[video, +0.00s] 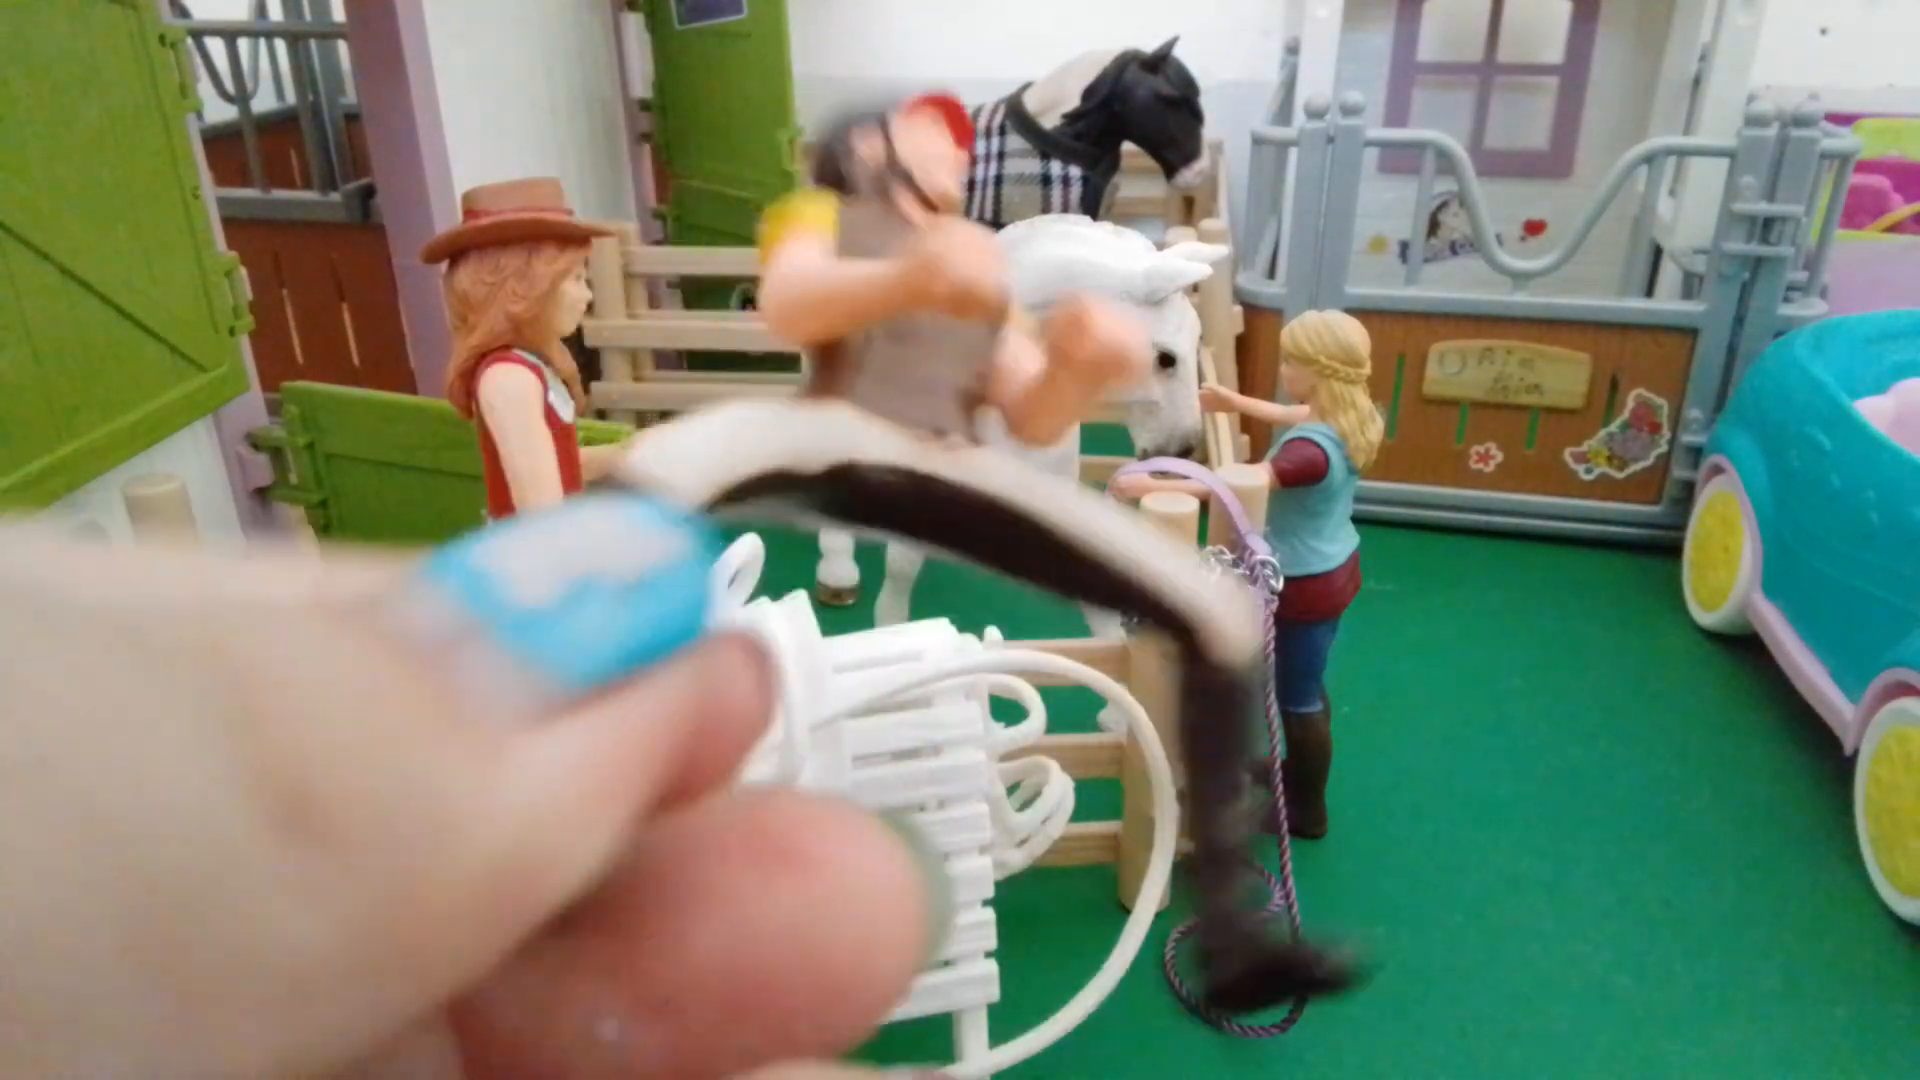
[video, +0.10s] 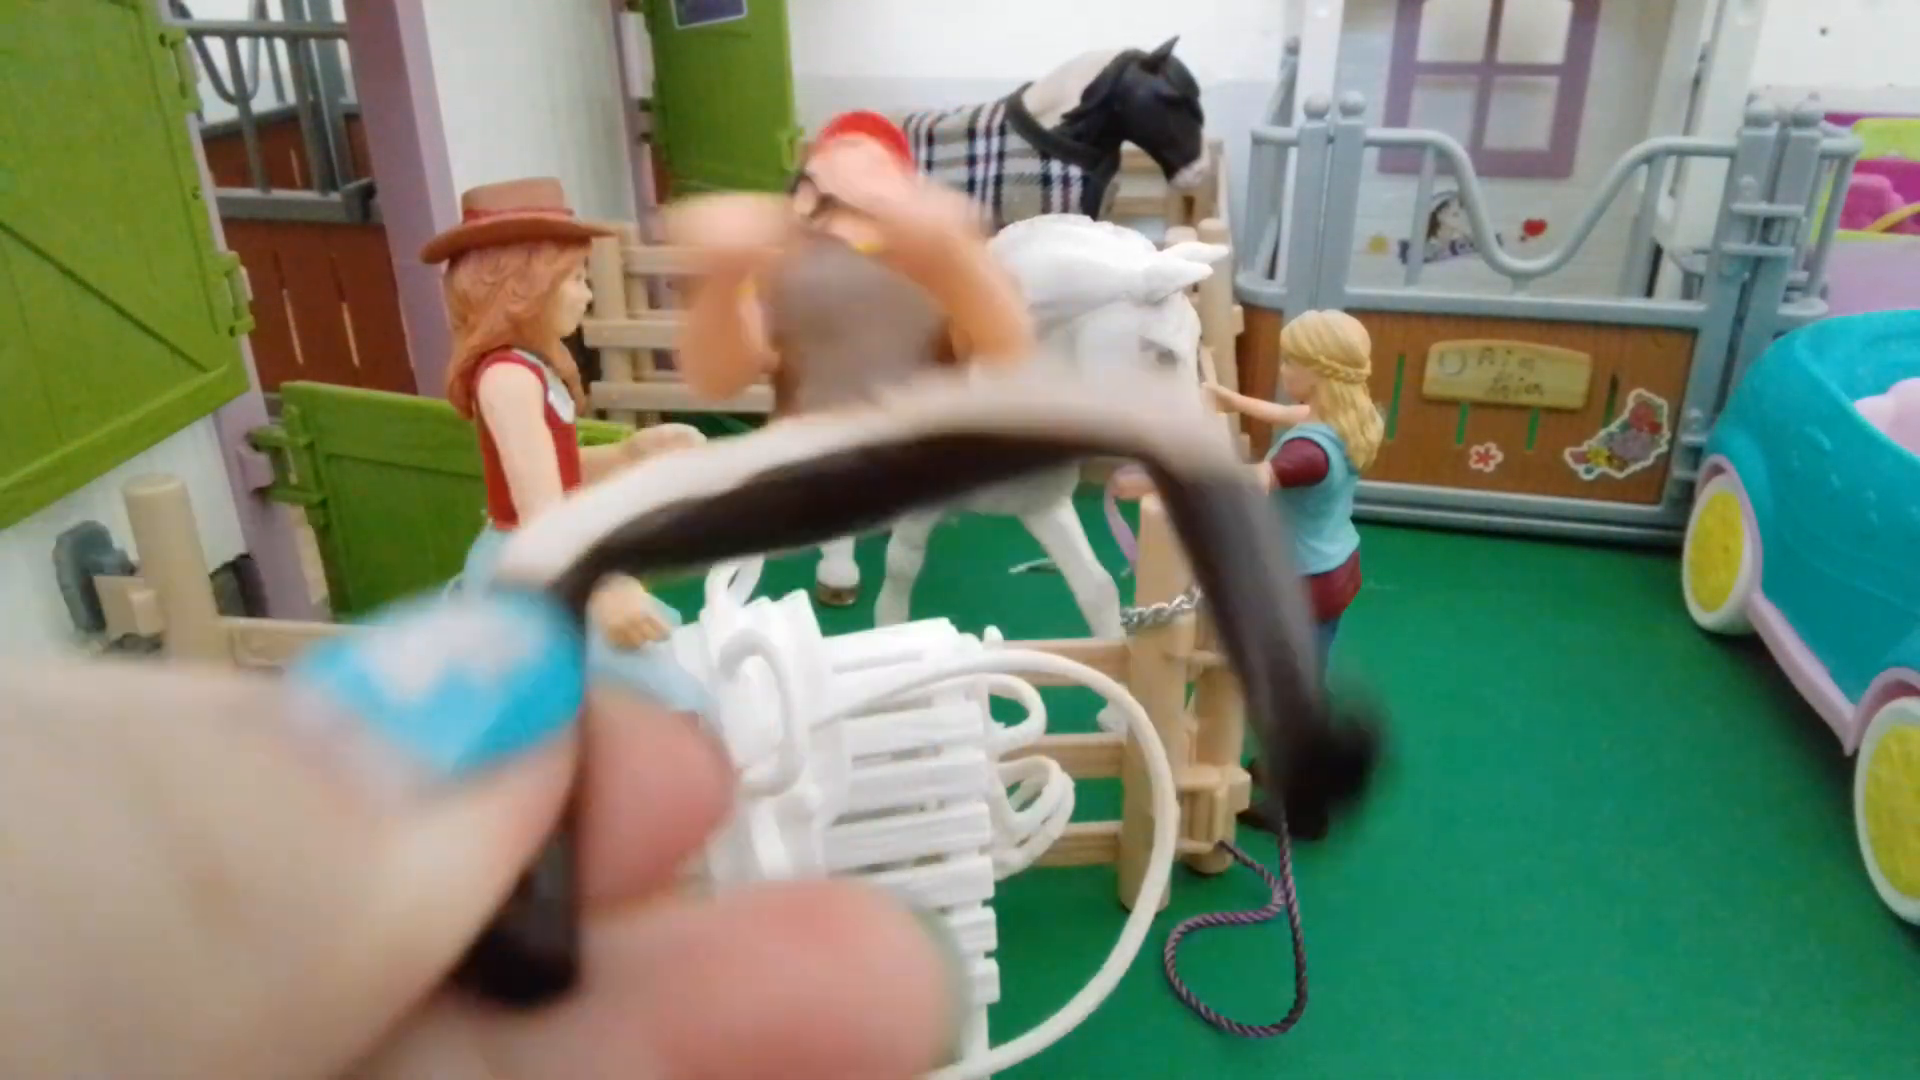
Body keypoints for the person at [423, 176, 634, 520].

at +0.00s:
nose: (588, 295)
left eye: (585, 279)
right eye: (577, 278)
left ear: (519, 292)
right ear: (519, 291)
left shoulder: (534, 368)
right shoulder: (507, 378)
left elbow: (556, 466)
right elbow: (544, 520)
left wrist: (618, 458)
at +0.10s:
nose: (589, 295)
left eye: (585, 279)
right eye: (578, 279)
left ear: (532, 290)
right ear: (526, 287)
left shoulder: (537, 367)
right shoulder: (508, 378)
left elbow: (555, 468)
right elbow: (538, 507)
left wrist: (627, 454)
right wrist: (601, 587)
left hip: (551, 554)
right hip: (525, 567)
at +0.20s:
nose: (582, 274)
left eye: (581, 259)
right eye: (566, 260)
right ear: (522, 275)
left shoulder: (535, 365)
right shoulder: (507, 375)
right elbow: (537, 499)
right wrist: (604, 584)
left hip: (549, 550)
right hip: (521, 564)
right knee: (680, 691)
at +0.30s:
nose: (589, 290)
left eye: (587, 274)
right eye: (576, 274)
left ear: (525, 288)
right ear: (525, 284)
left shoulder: (532, 368)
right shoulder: (509, 378)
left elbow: (561, 480)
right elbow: (539, 516)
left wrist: (637, 453)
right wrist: (618, 586)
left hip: (539, 548)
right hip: (518, 561)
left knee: (663, 623)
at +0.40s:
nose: (589, 296)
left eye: (585, 279)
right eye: (577, 279)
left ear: (529, 292)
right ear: (525, 288)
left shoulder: (538, 368)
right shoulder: (509, 376)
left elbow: (550, 465)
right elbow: (540, 516)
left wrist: (629, 456)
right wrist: (631, 601)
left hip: (545, 564)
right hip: (519, 577)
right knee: (675, 699)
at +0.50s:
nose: (583, 297)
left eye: (584, 279)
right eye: (570, 280)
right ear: (526, 277)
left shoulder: (543, 378)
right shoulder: (504, 382)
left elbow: (549, 470)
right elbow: (543, 520)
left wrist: (623, 454)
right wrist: (633, 581)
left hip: (548, 561)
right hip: (514, 573)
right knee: (680, 697)